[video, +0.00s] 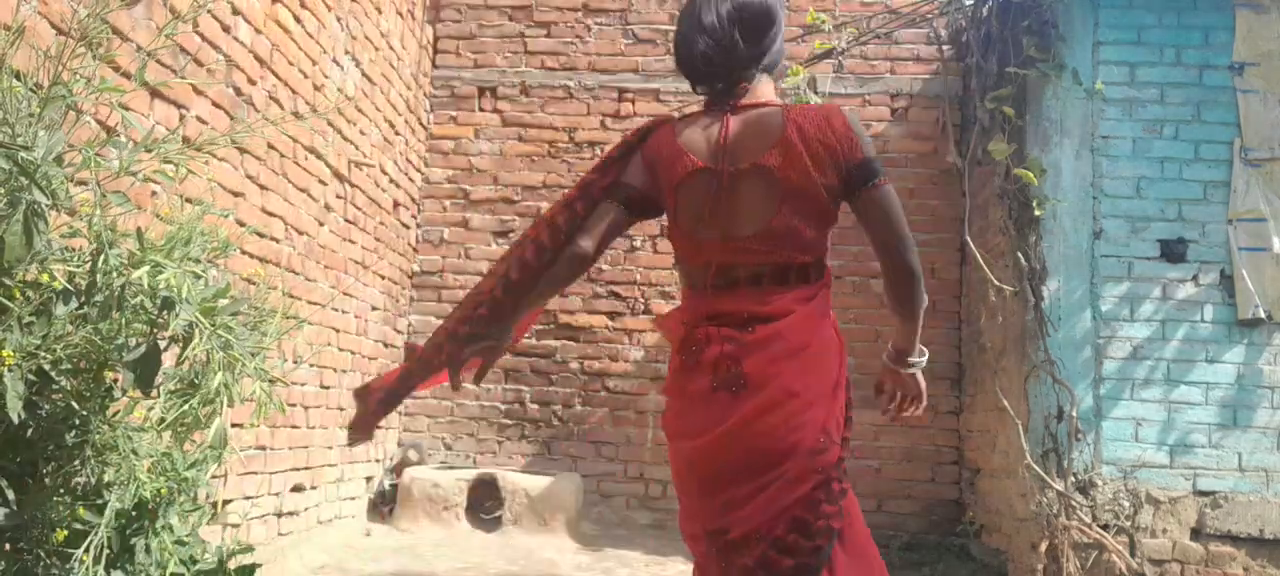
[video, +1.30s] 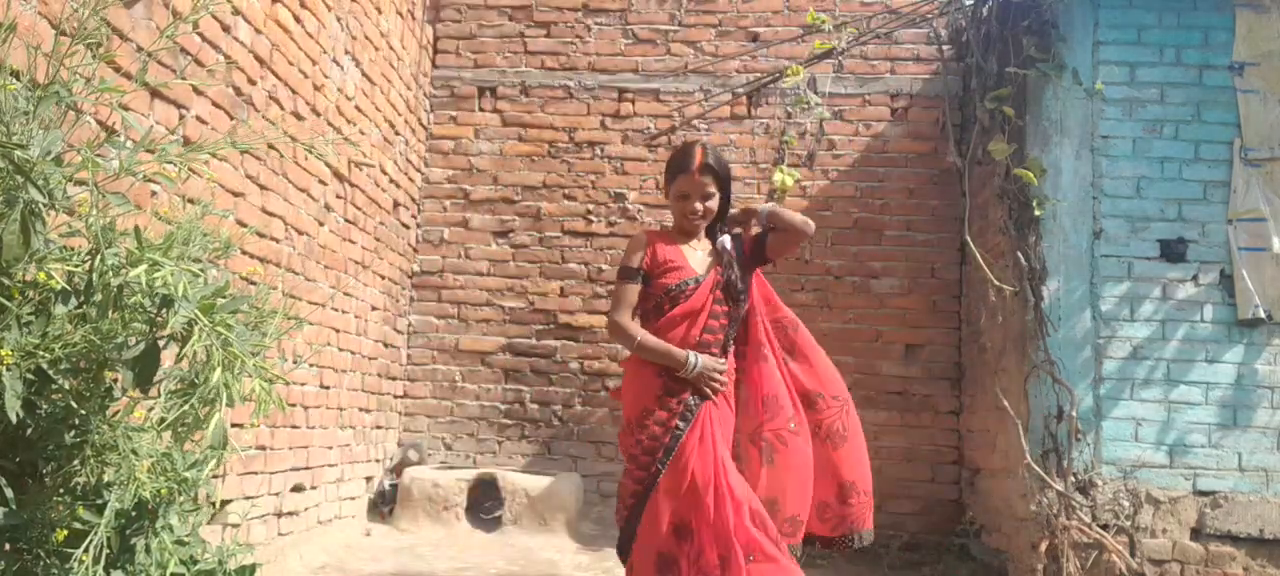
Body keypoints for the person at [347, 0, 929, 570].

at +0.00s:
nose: (787, 46)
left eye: (776, 39)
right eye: (781, 39)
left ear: (694, 62)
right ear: (771, 51)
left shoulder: (662, 146)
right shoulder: (827, 130)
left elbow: (573, 254)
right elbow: (904, 269)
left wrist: (493, 328)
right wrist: (907, 355)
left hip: (699, 375)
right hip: (796, 366)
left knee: (716, 547)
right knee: (807, 544)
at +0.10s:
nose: (697, 94)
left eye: (699, 81)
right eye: (697, 79)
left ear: (716, 85)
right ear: (782, 80)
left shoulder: (683, 169)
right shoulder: (837, 174)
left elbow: (608, 261)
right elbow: (885, 301)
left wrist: (516, 325)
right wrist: (834, 361)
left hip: (705, 378)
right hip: (799, 372)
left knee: (719, 556)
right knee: (827, 552)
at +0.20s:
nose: (705, 123)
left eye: (716, 110)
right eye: (706, 108)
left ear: (758, 113)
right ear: (780, 114)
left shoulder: (719, 188)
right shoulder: (827, 200)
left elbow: (678, 282)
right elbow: (840, 321)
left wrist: (582, 312)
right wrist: (771, 321)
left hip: (712, 392)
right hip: (795, 396)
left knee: (715, 556)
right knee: (806, 554)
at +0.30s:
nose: (724, 133)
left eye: (742, 121)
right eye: (720, 118)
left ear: (788, 129)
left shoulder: (754, 190)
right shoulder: (798, 204)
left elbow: (771, 284)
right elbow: (792, 314)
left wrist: (683, 276)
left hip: (736, 389)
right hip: (783, 384)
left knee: (725, 552)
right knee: (765, 547)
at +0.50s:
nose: (739, 129)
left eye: (756, 116)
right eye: (727, 116)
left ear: (787, 125)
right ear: (715, 124)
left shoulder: (815, 191)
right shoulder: (708, 202)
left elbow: (845, 289)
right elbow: (693, 302)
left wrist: (812, 201)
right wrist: (661, 339)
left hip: (767, 377)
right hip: (697, 377)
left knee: (751, 525)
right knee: (682, 523)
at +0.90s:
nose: (714, 184)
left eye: (726, 175)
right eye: (703, 172)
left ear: (743, 182)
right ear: (684, 176)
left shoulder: (752, 251)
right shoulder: (659, 233)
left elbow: (813, 305)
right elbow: (620, 316)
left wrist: (805, 240)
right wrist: (686, 355)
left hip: (738, 393)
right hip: (673, 392)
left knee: (736, 520)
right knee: (676, 519)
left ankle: (735, 575)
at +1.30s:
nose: (696, 207)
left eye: (706, 196)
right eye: (684, 196)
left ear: (721, 198)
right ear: (666, 194)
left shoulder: (734, 247)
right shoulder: (647, 243)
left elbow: (802, 231)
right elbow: (619, 322)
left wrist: (762, 211)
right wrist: (686, 361)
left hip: (715, 386)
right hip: (658, 388)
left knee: (708, 489)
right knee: (658, 493)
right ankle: (655, 570)